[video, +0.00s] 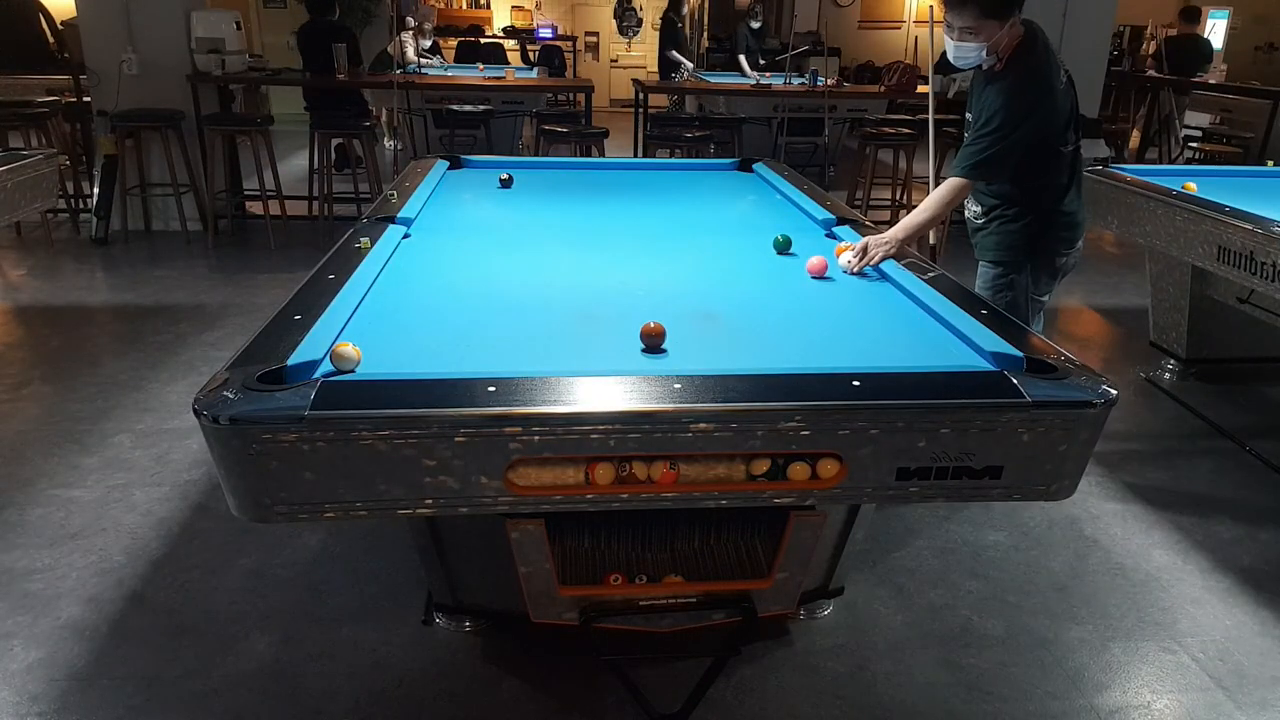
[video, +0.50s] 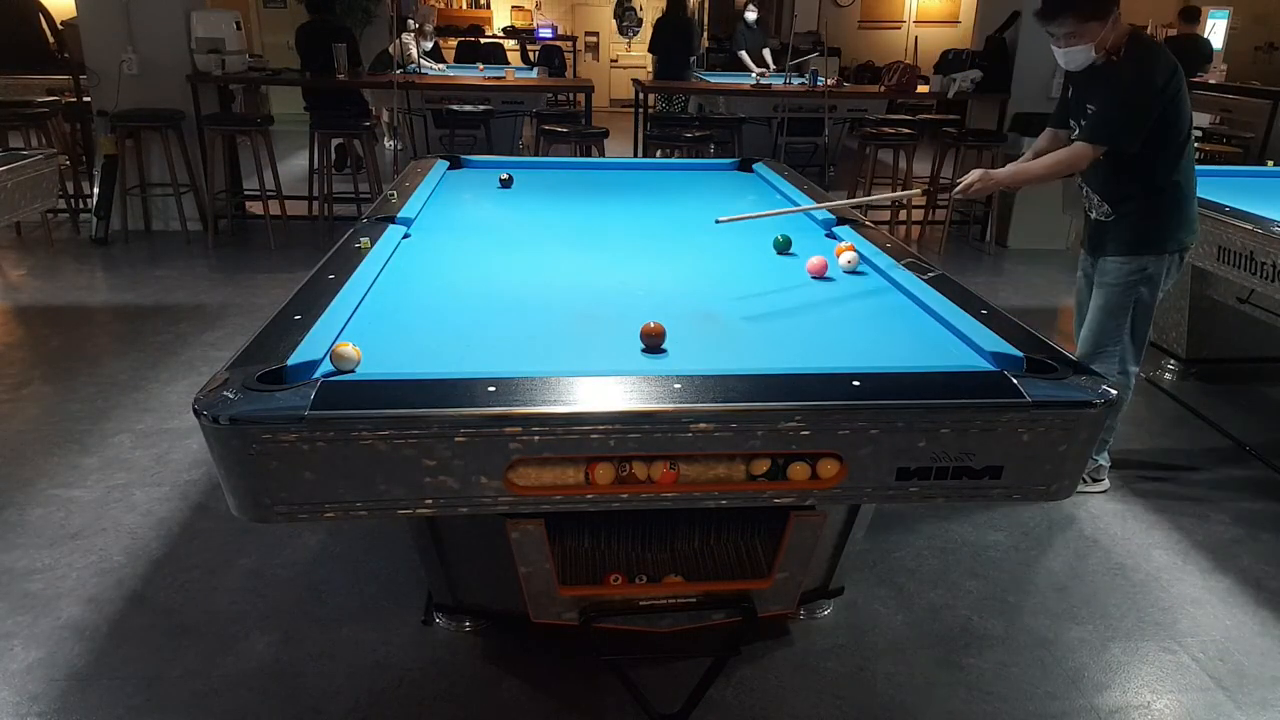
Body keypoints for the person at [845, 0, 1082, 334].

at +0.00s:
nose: (957, 40)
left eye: (970, 31)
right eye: (950, 27)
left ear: (1010, 27)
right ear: (944, 16)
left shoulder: (1015, 87)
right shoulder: (1018, 39)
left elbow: (963, 178)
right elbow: (951, 62)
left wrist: (893, 236)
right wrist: (918, 73)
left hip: (1022, 245)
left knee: (994, 358)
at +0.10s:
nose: (963, 41)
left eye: (977, 32)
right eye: (956, 28)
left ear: (1016, 28)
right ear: (949, 17)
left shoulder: (1021, 88)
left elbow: (966, 179)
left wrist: (895, 235)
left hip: (1030, 242)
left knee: (998, 357)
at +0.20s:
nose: (1014, 14)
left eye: (1029, 7)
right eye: (1012, 5)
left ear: (1065, 9)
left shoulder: (1083, 72)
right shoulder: (1029, 54)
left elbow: (1059, 176)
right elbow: (1001, 122)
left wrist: (975, 169)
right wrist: (964, 171)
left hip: (1055, 243)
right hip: (1023, 231)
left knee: (1011, 356)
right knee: (1044, 345)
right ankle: (1087, 430)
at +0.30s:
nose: (1064, 10)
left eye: (1076, 4)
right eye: (1064, 4)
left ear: (1110, 6)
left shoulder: (1135, 56)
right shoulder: (1078, 53)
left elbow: (1089, 143)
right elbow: (1060, 134)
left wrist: (1014, 121)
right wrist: (1031, 190)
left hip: (1101, 234)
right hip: (1064, 226)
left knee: (1041, 347)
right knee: (1082, 341)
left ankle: (1036, 452)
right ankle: (1092, 438)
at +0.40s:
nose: (1074, 17)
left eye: (1082, 10)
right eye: (1073, 11)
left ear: (1114, 6)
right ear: (1110, 10)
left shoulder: (1145, 56)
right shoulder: (1105, 55)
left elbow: (1097, 151)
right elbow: (1080, 135)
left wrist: (1012, 171)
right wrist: (1031, 174)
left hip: (1130, 235)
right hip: (1100, 228)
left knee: (1095, 351)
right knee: (1082, 346)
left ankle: (1091, 463)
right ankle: (1073, 456)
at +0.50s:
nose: (1064, 48)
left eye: (1074, 37)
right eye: (1056, 37)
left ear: (1109, 18)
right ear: (1048, 27)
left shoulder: (1145, 66)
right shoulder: (1088, 62)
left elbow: (1085, 154)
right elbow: (1057, 135)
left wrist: (997, 179)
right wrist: (1009, 176)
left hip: (1147, 235)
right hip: (1105, 226)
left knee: (1104, 353)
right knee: (1089, 345)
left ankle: (1091, 461)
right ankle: (1078, 454)